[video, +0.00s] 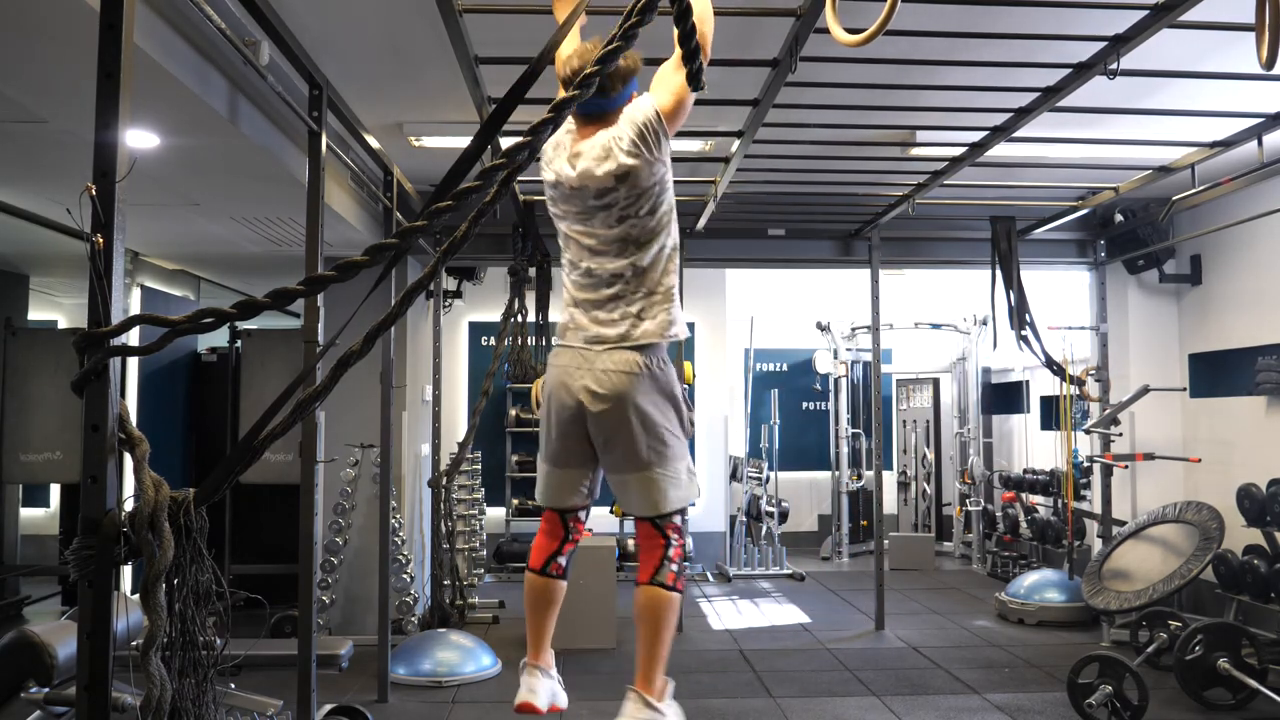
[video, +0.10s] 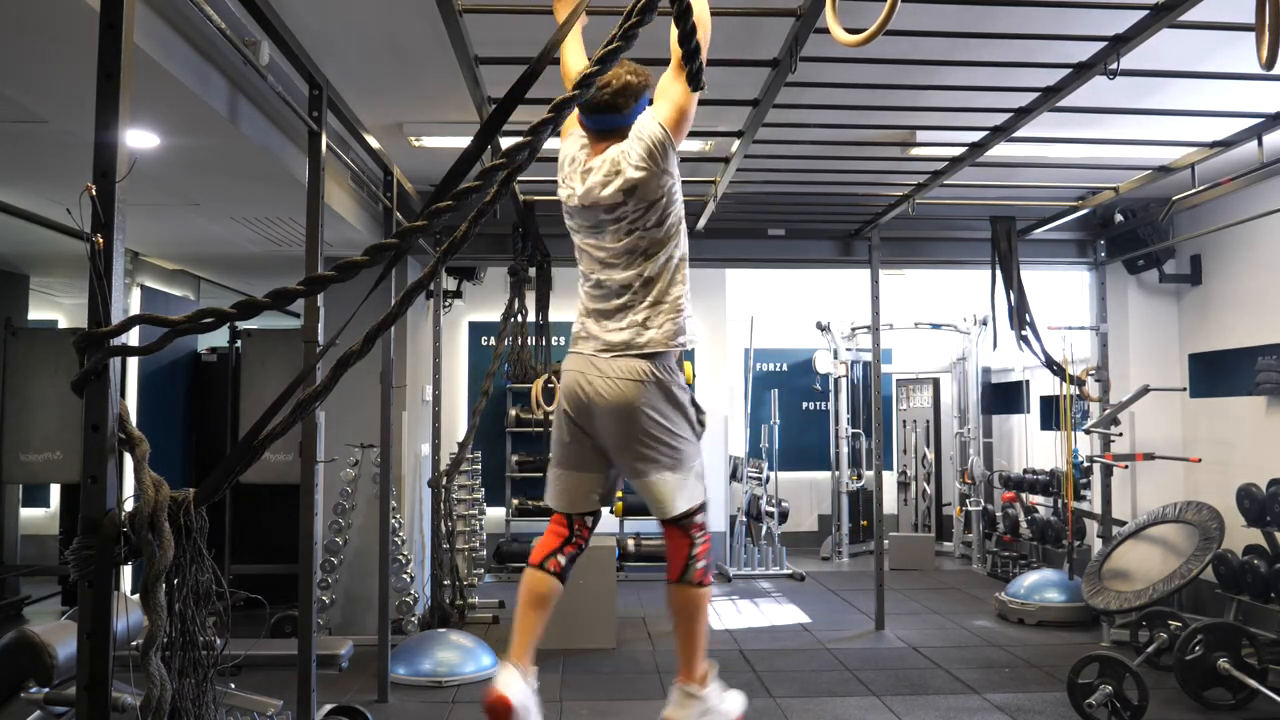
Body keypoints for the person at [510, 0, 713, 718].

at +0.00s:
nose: (644, 89)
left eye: (631, 80)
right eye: (638, 81)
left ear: (572, 95)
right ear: (628, 94)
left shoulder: (556, 156)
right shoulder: (641, 137)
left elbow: (569, 67)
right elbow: (697, 50)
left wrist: (570, 15)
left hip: (566, 364)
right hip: (633, 366)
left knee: (556, 524)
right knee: (661, 533)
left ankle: (537, 672)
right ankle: (648, 693)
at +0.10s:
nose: (660, 106)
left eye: (651, 97)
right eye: (652, 100)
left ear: (586, 113)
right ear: (638, 112)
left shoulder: (574, 167)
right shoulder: (649, 155)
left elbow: (577, 84)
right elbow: (689, 68)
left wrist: (568, 18)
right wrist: (696, 4)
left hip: (581, 367)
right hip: (643, 370)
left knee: (567, 524)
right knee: (687, 527)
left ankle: (515, 670)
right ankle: (692, 683)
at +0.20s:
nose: (660, 115)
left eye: (653, 109)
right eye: (653, 111)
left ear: (591, 124)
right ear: (642, 123)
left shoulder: (575, 171)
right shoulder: (657, 160)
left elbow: (577, 89)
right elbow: (700, 65)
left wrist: (569, 19)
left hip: (594, 371)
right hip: (660, 374)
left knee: (556, 511)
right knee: (739, 507)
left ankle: (478, 585)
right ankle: (754, 647)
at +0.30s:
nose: (654, 127)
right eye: (652, 121)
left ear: (589, 129)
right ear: (650, 129)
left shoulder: (575, 179)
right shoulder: (685, 176)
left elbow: (569, 92)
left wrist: (565, 22)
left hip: (609, 372)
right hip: (684, 374)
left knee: (531, 465)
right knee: (753, 491)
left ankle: (503, 492)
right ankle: (799, 591)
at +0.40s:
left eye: (609, 130)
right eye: (655, 126)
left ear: (600, 133)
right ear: (664, 130)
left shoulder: (587, 178)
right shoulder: (697, 176)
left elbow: (573, 96)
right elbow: (736, 118)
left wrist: (568, 27)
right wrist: (684, 84)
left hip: (613, 367)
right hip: (689, 371)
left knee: (514, 421)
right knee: (728, 499)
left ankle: (508, 487)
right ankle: (779, 577)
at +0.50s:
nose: (667, 146)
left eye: (628, 138)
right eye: (671, 136)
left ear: (621, 142)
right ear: (676, 138)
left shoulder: (605, 181)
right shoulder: (703, 178)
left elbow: (586, 96)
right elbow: (704, 114)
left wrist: (571, 24)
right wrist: (684, 63)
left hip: (625, 363)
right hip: (695, 374)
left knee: (516, 409)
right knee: (676, 513)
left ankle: (471, 506)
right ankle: (699, 615)